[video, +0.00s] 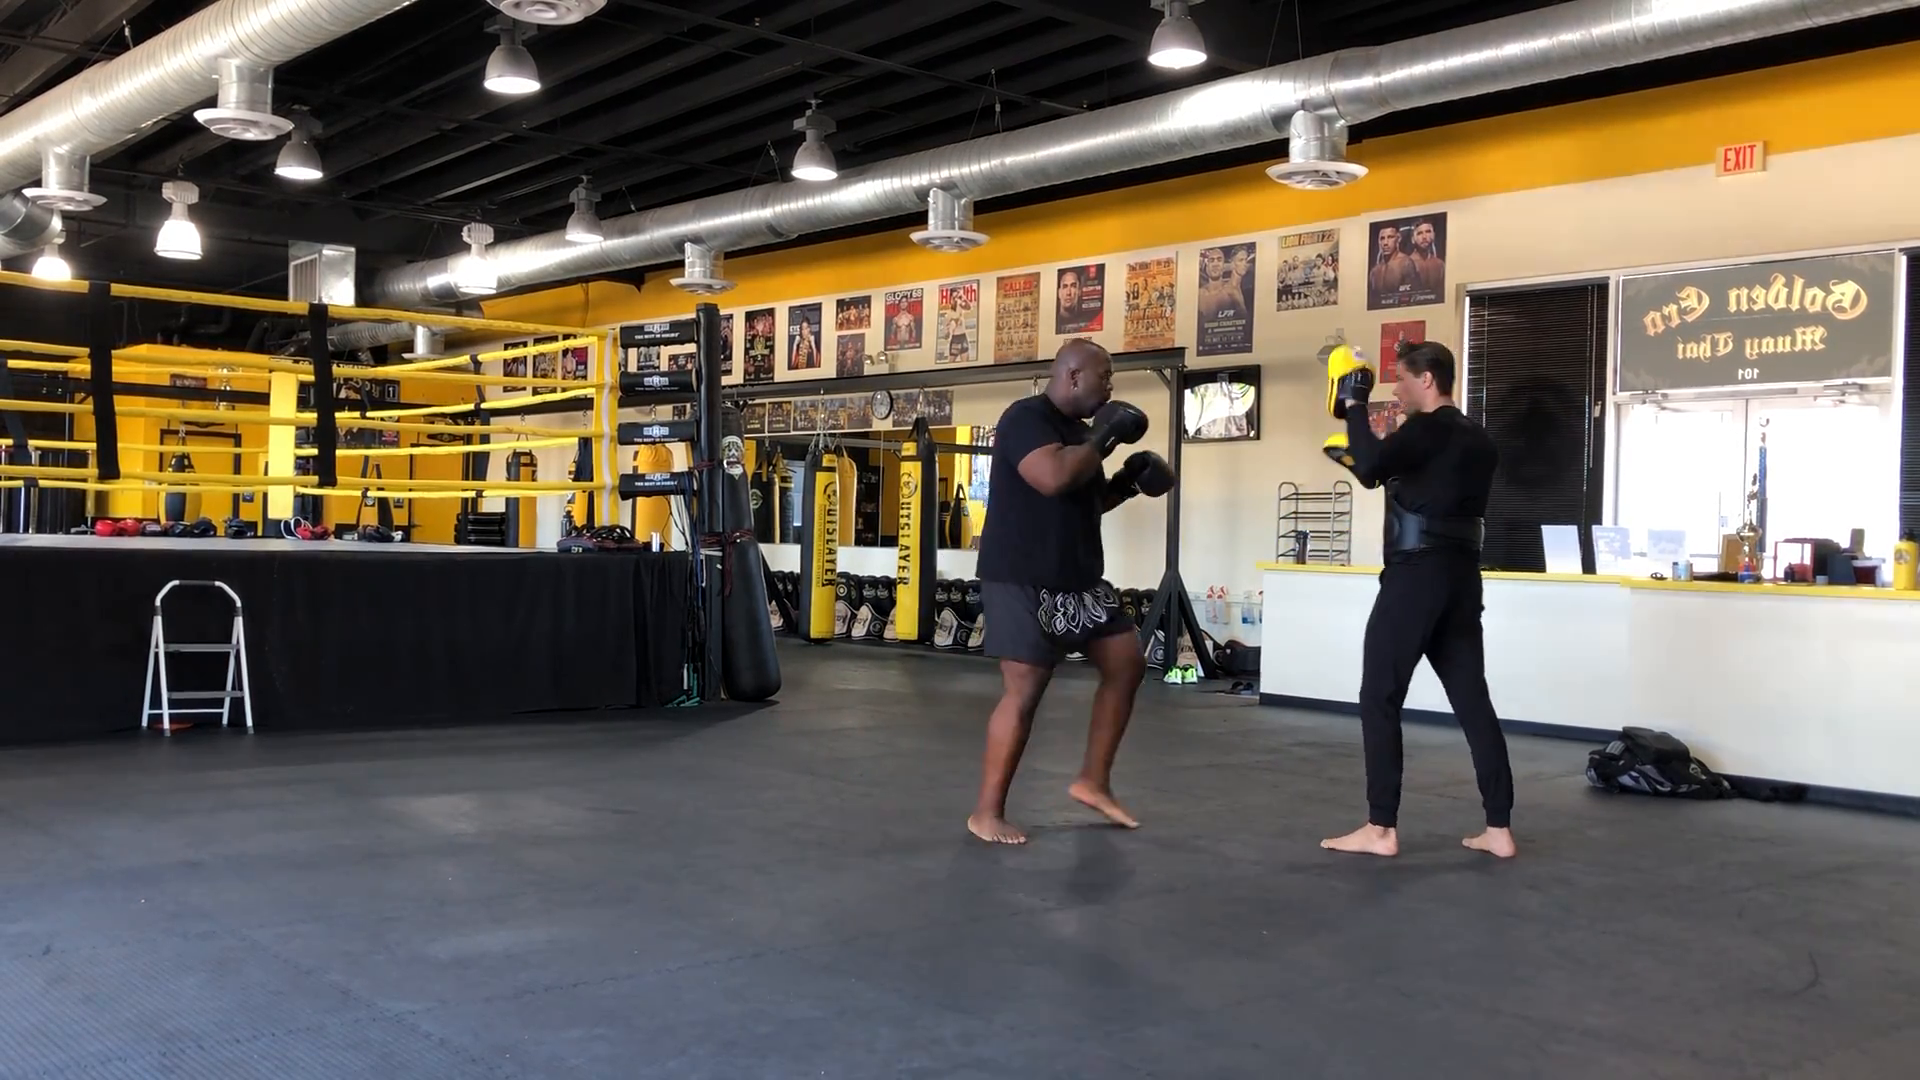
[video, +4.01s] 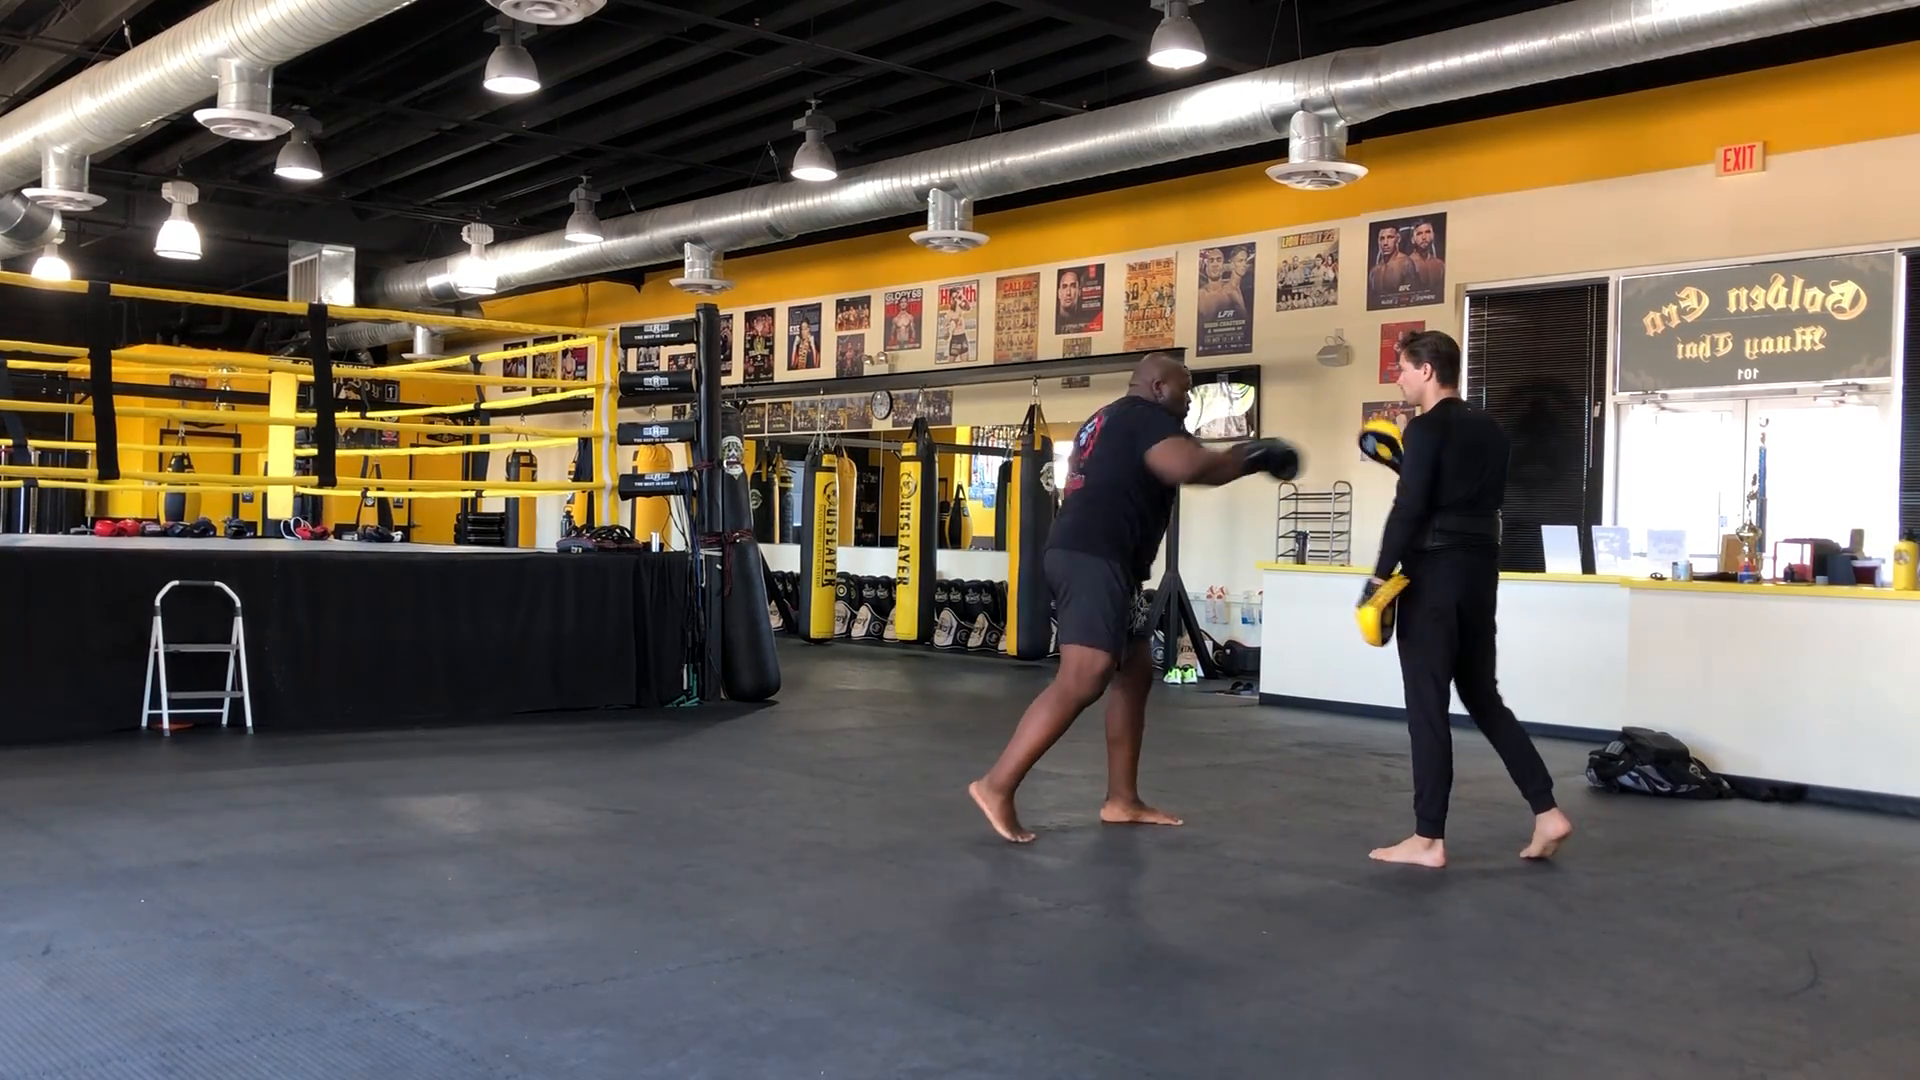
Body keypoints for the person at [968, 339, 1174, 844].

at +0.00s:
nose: (1108, 394)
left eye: (1110, 384)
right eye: (1103, 382)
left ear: (1074, 374)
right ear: (1072, 373)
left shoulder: (1077, 436)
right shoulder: (1024, 417)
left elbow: (1085, 506)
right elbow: (1050, 476)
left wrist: (1128, 482)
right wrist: (1102, 438)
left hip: (1078, 580)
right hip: (1021, 579)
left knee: (1125, 663)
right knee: (1024, 686)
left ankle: (1093, 782)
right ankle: (987, 814)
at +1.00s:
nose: (1115, 395)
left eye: (1120, 387)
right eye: (1106, 385)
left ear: (1118, 389)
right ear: (1075, 383)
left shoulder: (1110, 431)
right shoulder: (1035, 427)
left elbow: (1143, 479)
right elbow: (1035, 487)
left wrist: (1159, 461)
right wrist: (1082, 432)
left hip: (1090, 585)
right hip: (1032, 584)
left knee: (1122, 680)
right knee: (1022, 693)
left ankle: (1110, 797)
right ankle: (974, 813)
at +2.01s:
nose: (1101, 386)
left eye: (1103, 377)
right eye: (1094, 376)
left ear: (1084, 374)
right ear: (1060, 372)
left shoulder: (1092, 421)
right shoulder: (1021, 414)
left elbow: (1102, 484)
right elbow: (1004, 488)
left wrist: (1124, 494)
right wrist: (1079, 468)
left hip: (1070, 570)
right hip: (1018, 569)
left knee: (1089, 674)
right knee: (1008, 683)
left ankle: (1102, 791)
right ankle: (977, 811)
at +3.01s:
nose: (1125, 382)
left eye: (1126, 373)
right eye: (1120, 371)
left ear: (1097, 369)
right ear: (1086, 366)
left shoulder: (1112, 430)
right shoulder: (1037, 412)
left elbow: (1122, 504)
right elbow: (1039, 480)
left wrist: (1158, 485)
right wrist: (1108, 457)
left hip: (1087, 573)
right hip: (1031, 566)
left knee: (1084, 684)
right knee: (1022, 675)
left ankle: (1092, 803)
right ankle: (975, 799)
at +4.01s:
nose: (1188, 400)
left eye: (1189, 390)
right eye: (1185, 389)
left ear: (1146, 383)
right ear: (1159, 385)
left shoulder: (1106, 419)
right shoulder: (1143, 416)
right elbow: (1186, 464)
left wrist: (1231, 457)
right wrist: (1246, 456)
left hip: (1083, 556)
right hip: (1095, 558)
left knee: (1135, 672)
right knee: (1083, 676)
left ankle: (1122, 799)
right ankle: (995, 787)